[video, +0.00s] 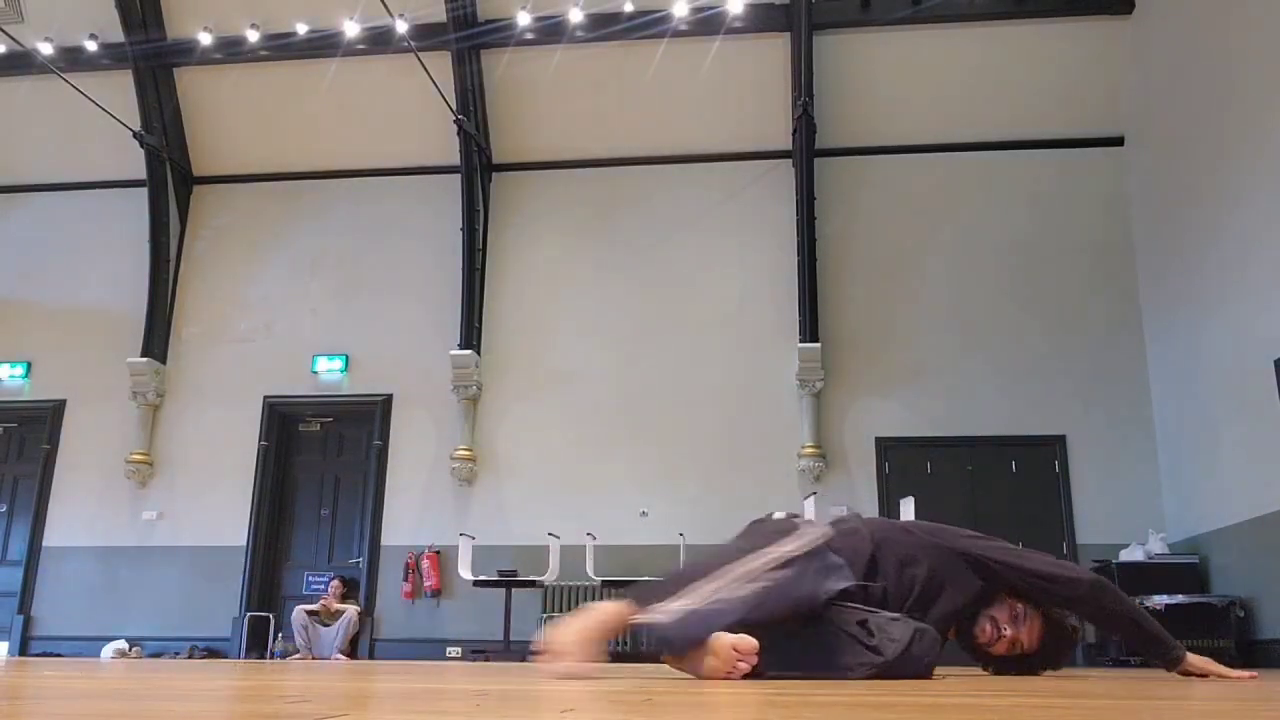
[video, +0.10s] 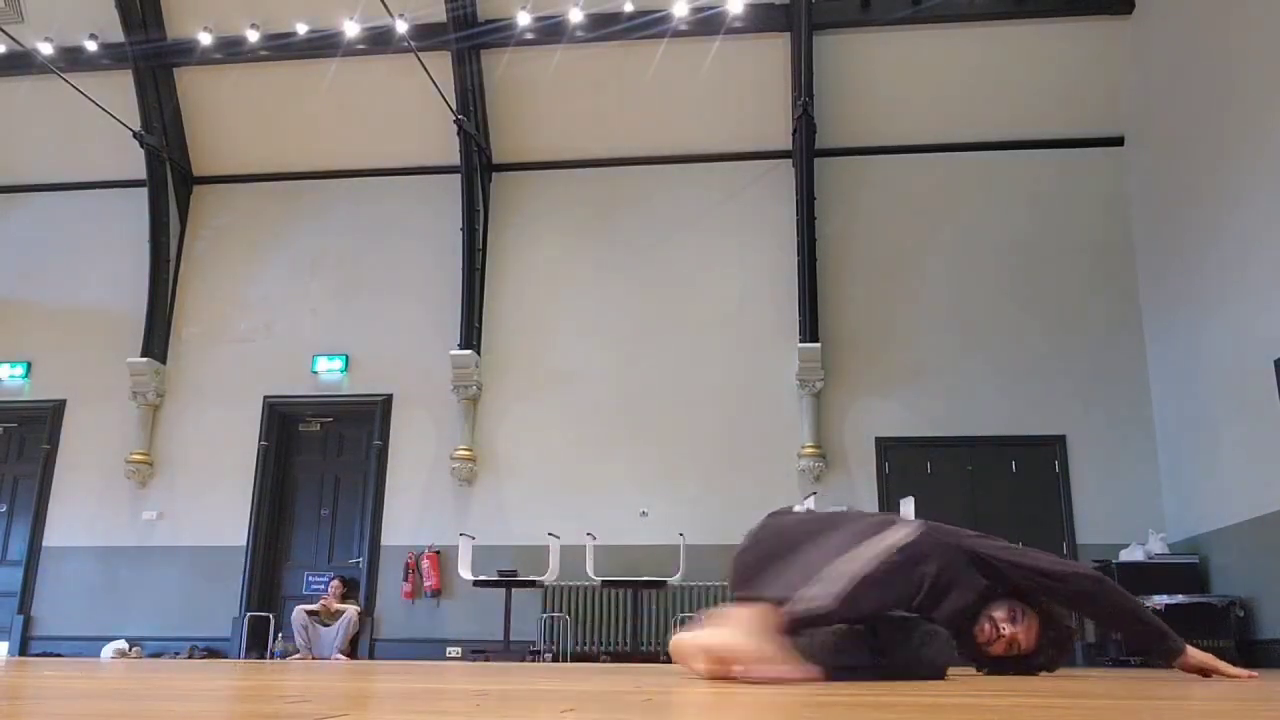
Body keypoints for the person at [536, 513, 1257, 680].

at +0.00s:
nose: (1003, 629)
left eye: (1012, 644)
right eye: (1013, 620)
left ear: (1006, 649)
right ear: (1013, 597)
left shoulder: (941, 628)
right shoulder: (984, 565)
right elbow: (1084, 589)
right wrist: (1173, 654)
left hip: (834, 608)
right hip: (841, 544)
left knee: (920, 659)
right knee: (814, 579)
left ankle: (739, 655)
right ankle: (614, 624)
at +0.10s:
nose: (1005, 629)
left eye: (1013, 646)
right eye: (1019, 620)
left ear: (1008, 661)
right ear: (1017, 599)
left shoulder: (935, 633)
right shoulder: (983, 563)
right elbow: (1085, 585)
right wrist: (1177, 648)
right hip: (786, 540)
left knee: (930, 653)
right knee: (925, 549)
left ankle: (748, 654)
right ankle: (756, 618)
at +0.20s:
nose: (1008, 637)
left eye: (1015, 650)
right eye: (1020, 625)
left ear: (1010, 656)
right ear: (1017, 598)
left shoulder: (940, 641)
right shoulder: (979, 555)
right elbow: (1084, 584)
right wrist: (1170, 646)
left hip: (769, 629)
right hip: (782, 545)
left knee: (886, 649)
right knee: (953, 522)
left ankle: (717, 644)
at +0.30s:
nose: (999, 632)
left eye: (1004, 643)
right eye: (1003, 623)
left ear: (1008, 649)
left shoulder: (949, 637)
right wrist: (1147, 642)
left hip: (798, 607)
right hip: (804, 535)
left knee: (946, 644)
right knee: (988, 501)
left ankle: (748, 639)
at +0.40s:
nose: (1010, 637)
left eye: (1017, 648)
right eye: (1018, 629)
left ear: (1010, 652)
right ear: (1013, 609)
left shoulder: (954, 634)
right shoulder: (986, 576)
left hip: (816, 594)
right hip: (825, 527)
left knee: (959, 646)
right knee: (1017, 498)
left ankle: (752, 632)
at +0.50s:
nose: (1019, 637)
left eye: (1026, 646)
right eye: (1024, 630)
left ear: (1023, 647)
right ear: (1017, 611)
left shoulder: (973, 629)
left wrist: (1014, 646)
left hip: (831, 589)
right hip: (846, 518)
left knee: (976, 649)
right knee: (1036, 498)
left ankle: (772, 627)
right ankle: (1116, 631)